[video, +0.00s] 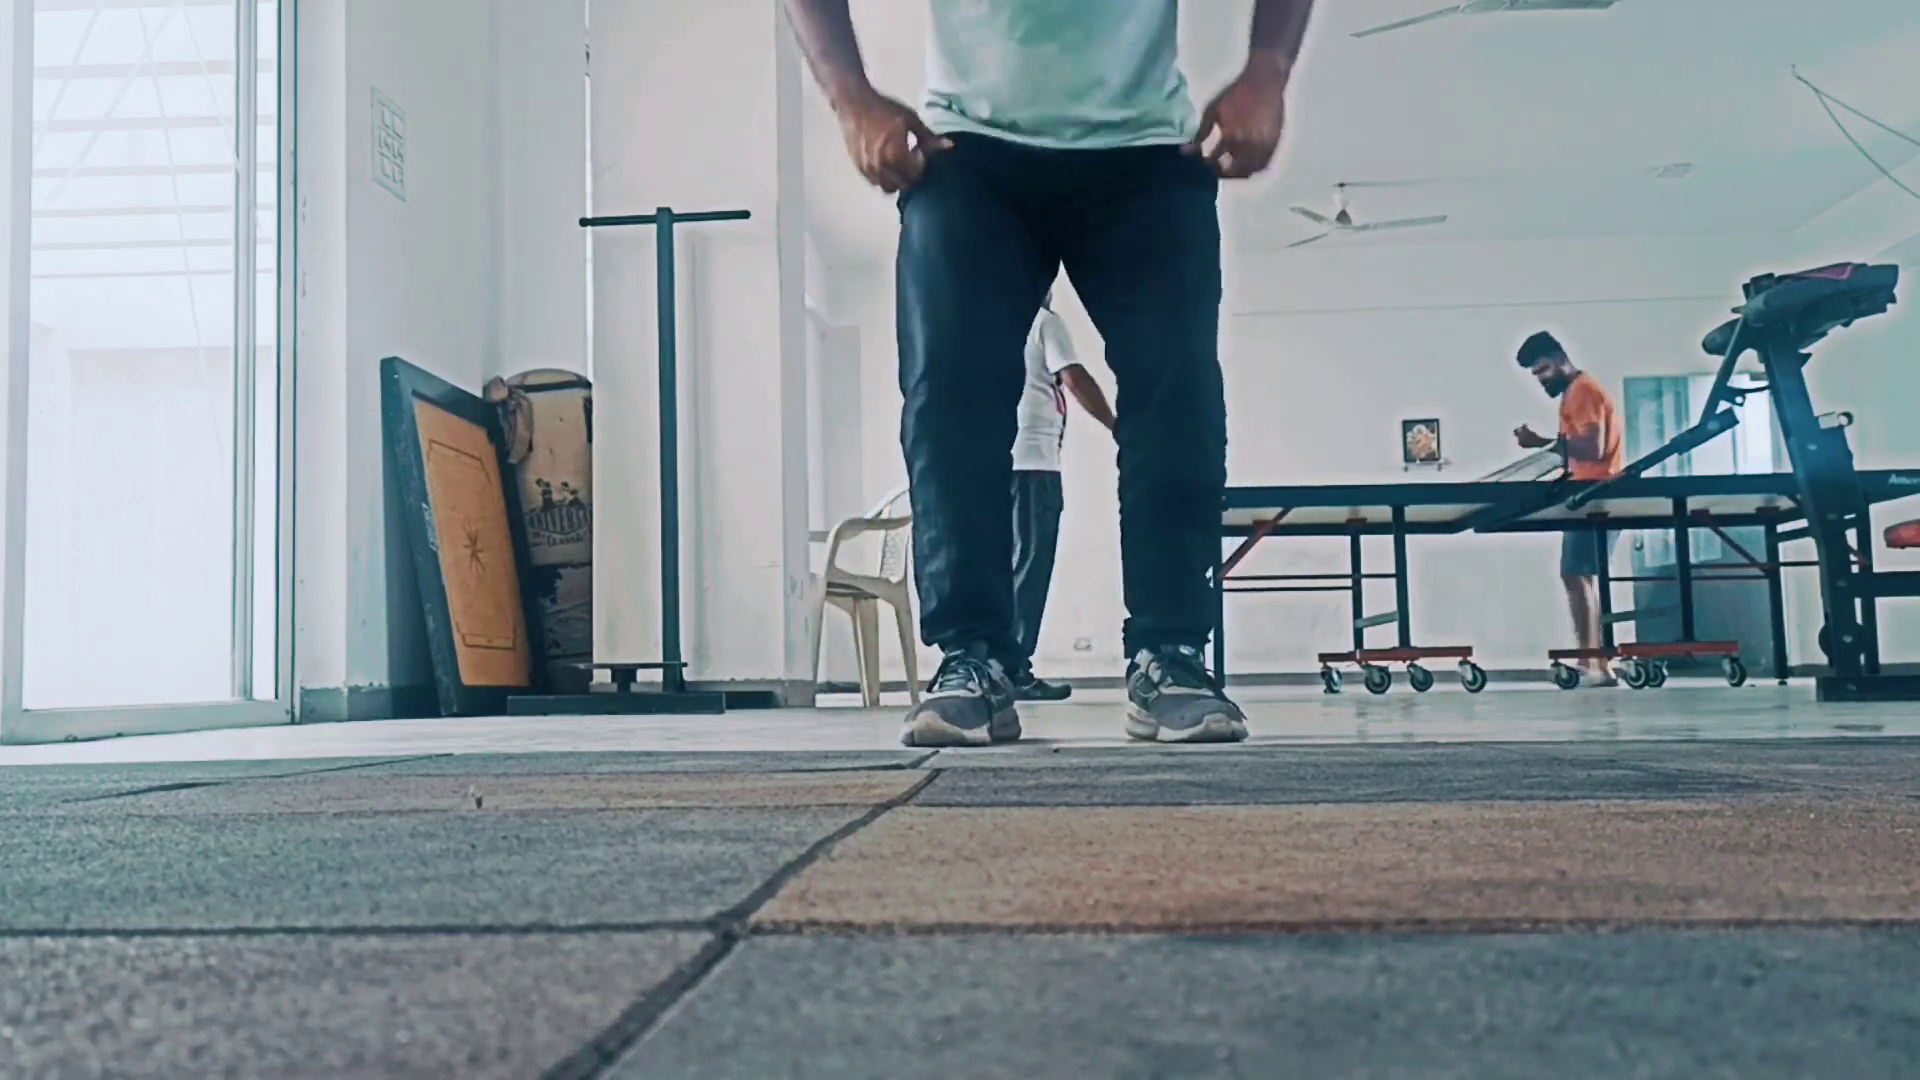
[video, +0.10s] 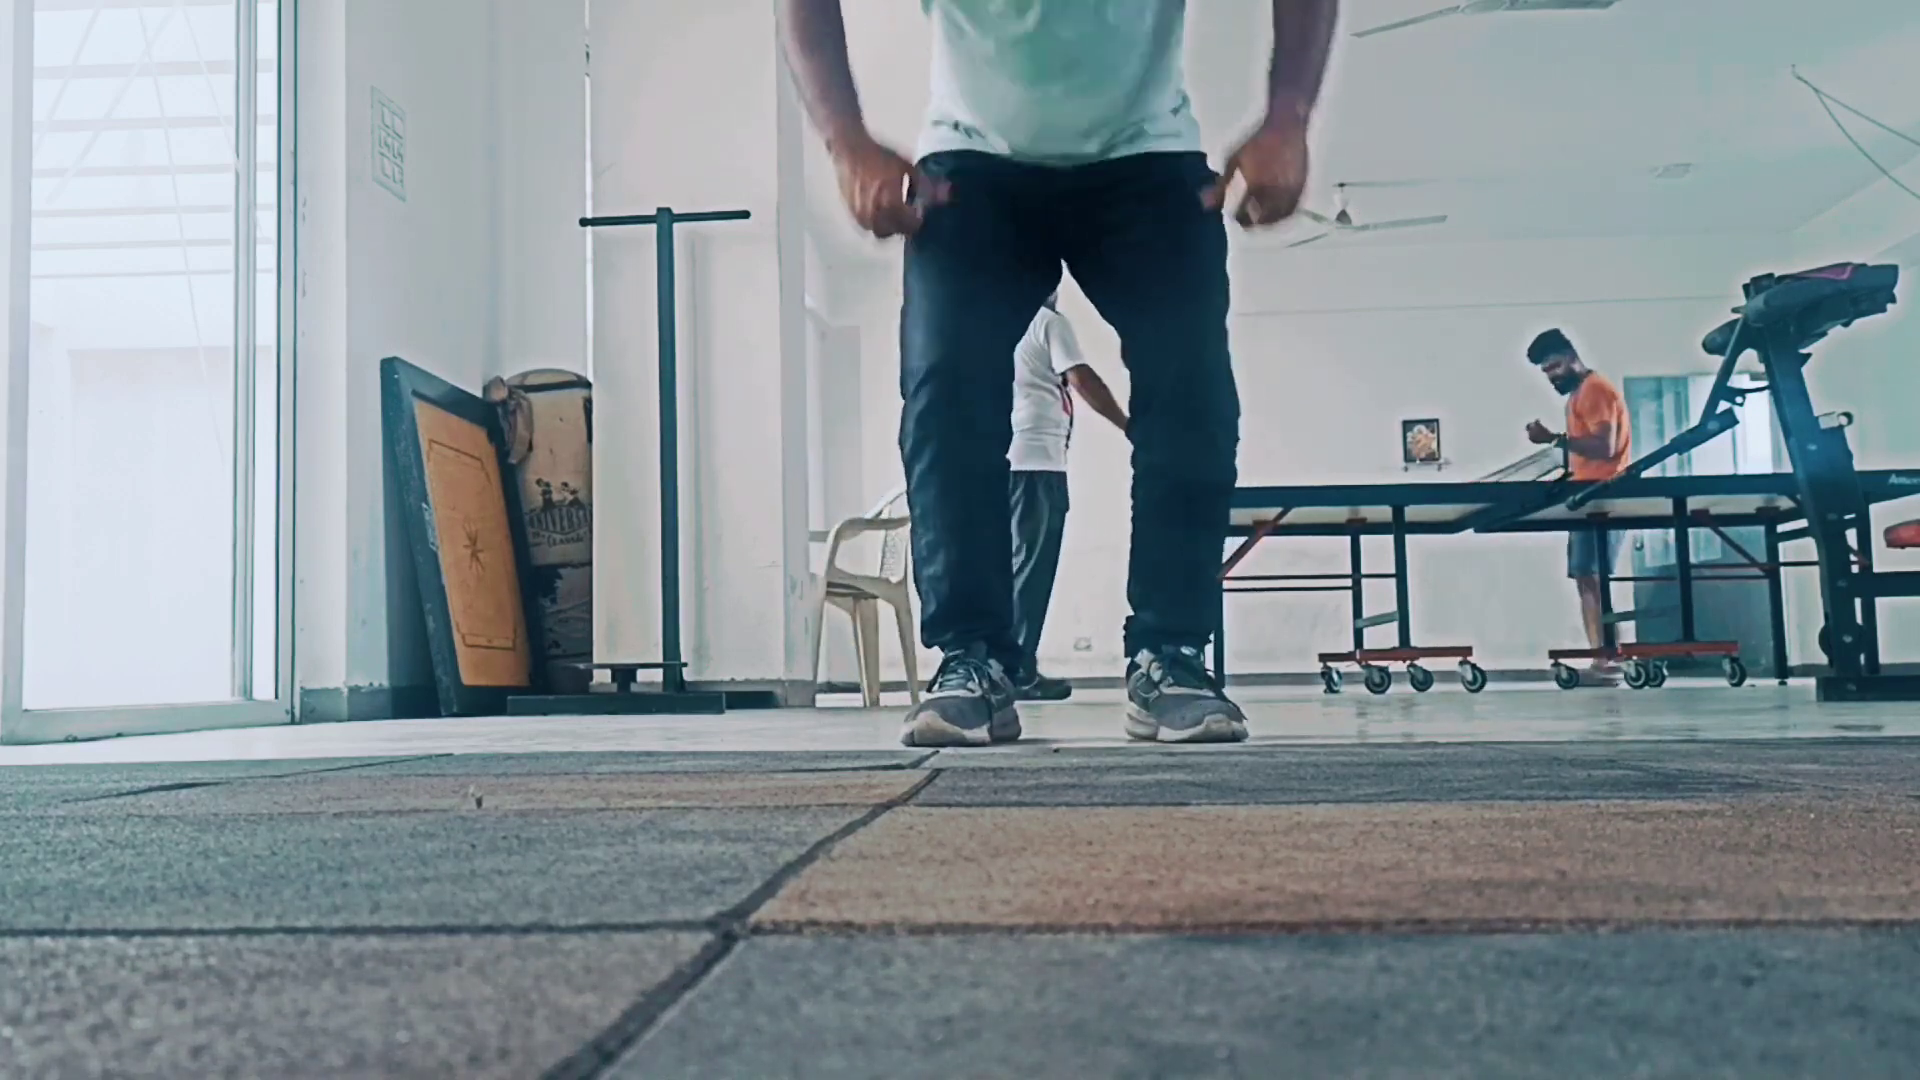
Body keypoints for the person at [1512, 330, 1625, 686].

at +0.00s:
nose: (1539, 379)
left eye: (1541, 369)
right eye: (1535, 373)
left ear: (1559, 360)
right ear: (1550, 366)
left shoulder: (1584, 391)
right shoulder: (1573, 395)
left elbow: (1595, 448)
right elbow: (1576, 448)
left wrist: (1543, 443)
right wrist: (1543, 444)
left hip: (1595, 497)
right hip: (1586, 496)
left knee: (1577, 574)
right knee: (1579, 575)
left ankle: (1592, 664)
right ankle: (1593, 662)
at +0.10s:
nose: (1550, 376)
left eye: (1553, 367)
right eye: (1545, 370)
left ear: (1572, 358)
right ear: (1550, 367)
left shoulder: (1596, 389)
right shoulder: (1576, 398)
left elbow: (1605, 448)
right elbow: (1588, 449)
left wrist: (1553, 438)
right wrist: (1569, 477)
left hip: (1604, 497)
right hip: (1588, 498)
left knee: (1591, 579)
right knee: (1584, 578)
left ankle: (1606, 662)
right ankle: (1601, 661)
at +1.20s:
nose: (1750, 361)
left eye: (1755, 353)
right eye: (1746, 355)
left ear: (1775, 351)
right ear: (1743, 358)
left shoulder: (1807, 380)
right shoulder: (1746, 389)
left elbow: (1823, 433)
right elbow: (1734, 447)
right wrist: (1715, 491)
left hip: (1804, 490)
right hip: (1767, 492)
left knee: (1771, 574)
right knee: (1794, 577)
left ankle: (1751, 659)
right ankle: (1818, 656)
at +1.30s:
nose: (1765, 345)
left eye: (1772, 337)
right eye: (1762, 338)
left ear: (1790, 337)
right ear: (1760, 342)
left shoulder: (1818, 373)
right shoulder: (1757, 380)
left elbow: (1838, 428)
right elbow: (1749, 442)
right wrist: (1734, 486)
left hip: (1815, 487)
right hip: (1780, 488)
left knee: (1799, 569)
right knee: (1799, 571)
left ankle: (1802, 656)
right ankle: (1817, 655)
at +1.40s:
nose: (1771, 354)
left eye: (1777, 344)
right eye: (1768, 347)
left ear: (1797, 341)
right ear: (1766, 350)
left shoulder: (1831, 371)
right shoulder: (1769, 383)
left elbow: (1861, 425)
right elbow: (1763, 437)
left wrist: (1826, 410)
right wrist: (1752, 483)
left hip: (1830, 486)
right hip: (1791, 488)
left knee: (1829, 571)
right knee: (1805, 575)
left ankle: (1831, 657)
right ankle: (1819, 658)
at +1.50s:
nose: (1811, 346)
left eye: (1816, 337)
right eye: (1803, 340)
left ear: (1826, 335)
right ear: (1792, 344)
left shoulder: (1851, 370)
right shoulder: (1783, 381)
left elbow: (1877, 427)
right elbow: (1776, 440)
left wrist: (1844, 407)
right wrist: (1770, 489)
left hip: (1850, 484)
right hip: (1805, 488)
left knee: (1864, 574)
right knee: (1811, 577)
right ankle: (1819, 660)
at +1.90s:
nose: (1884, 334)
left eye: (1891, 326)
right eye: (1876, 327)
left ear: (1901, 322)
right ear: (1861, 326)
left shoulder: (1915, 358)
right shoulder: (1842, 368)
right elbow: (1833, 425)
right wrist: (1839, 465)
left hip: (1913, 478)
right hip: (1864, 482)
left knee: (1916, 571)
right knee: (1856, 570)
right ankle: (1854, 654)